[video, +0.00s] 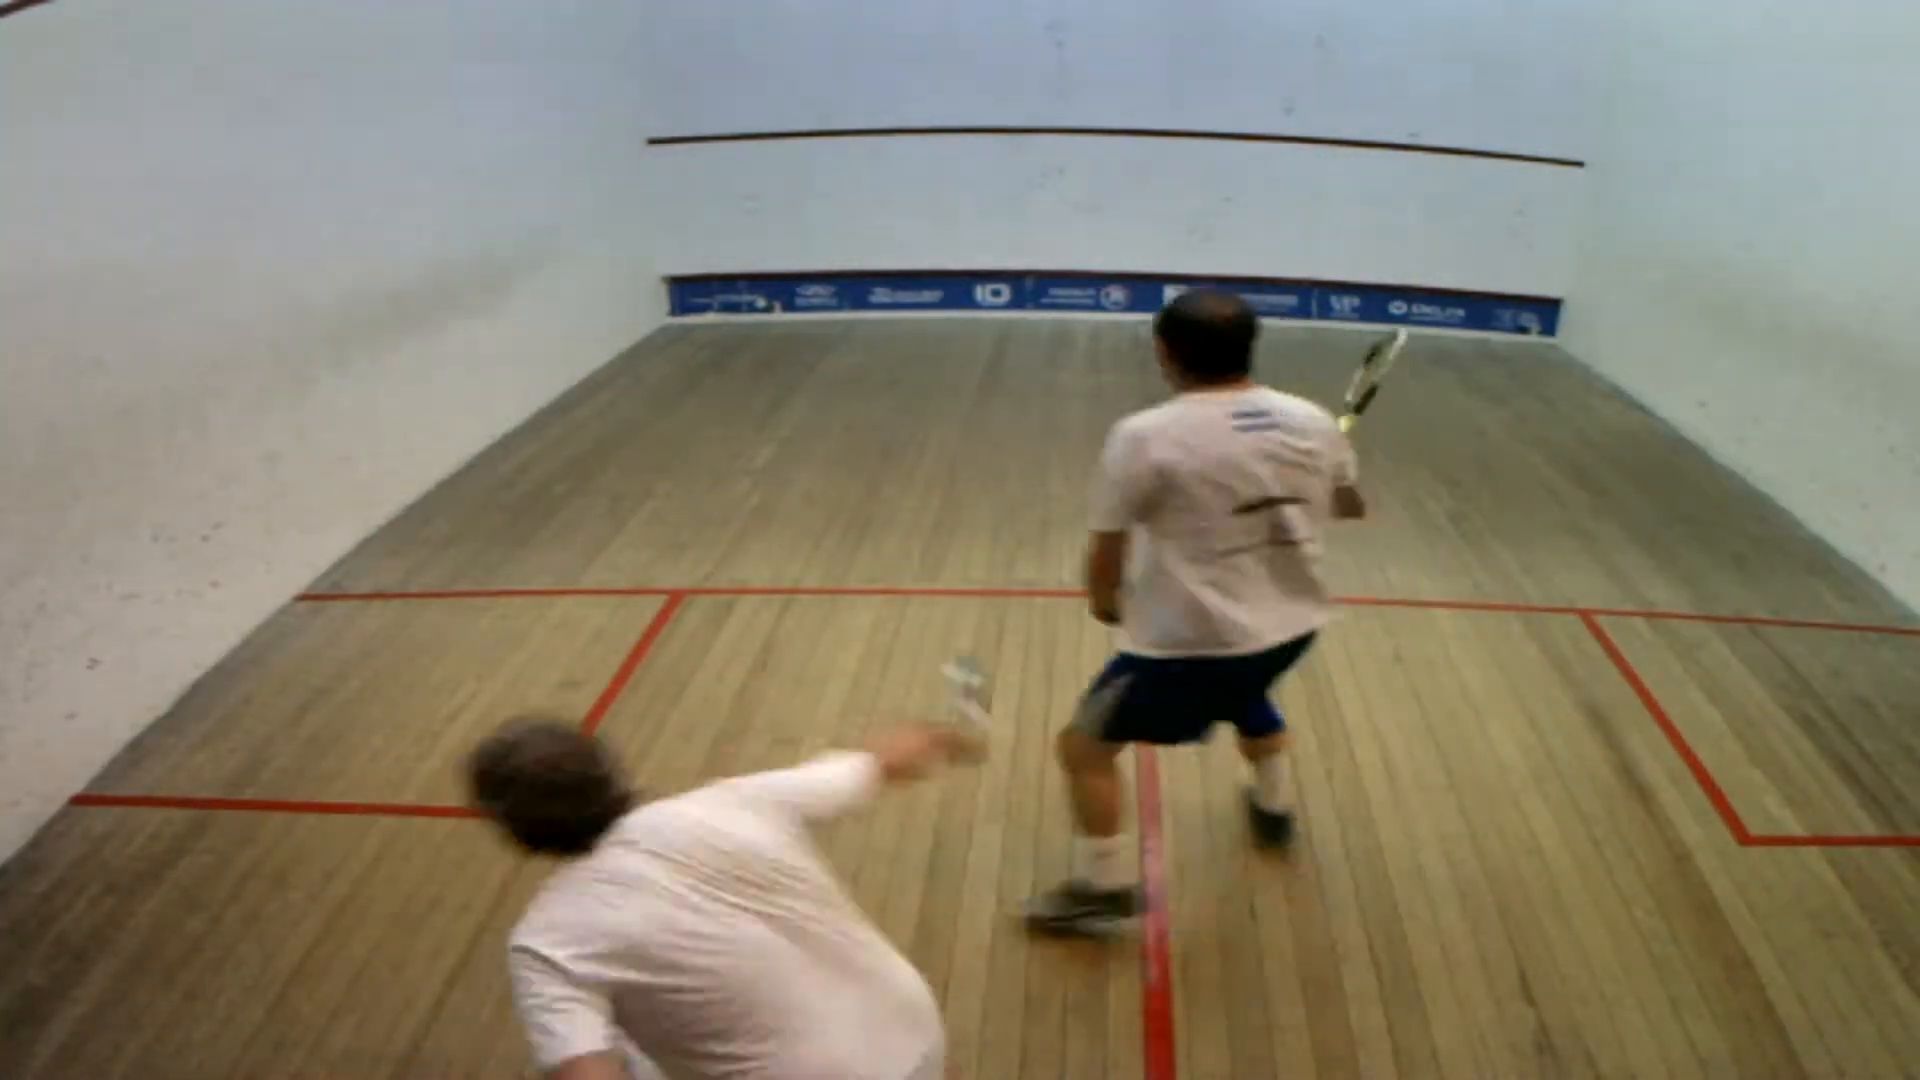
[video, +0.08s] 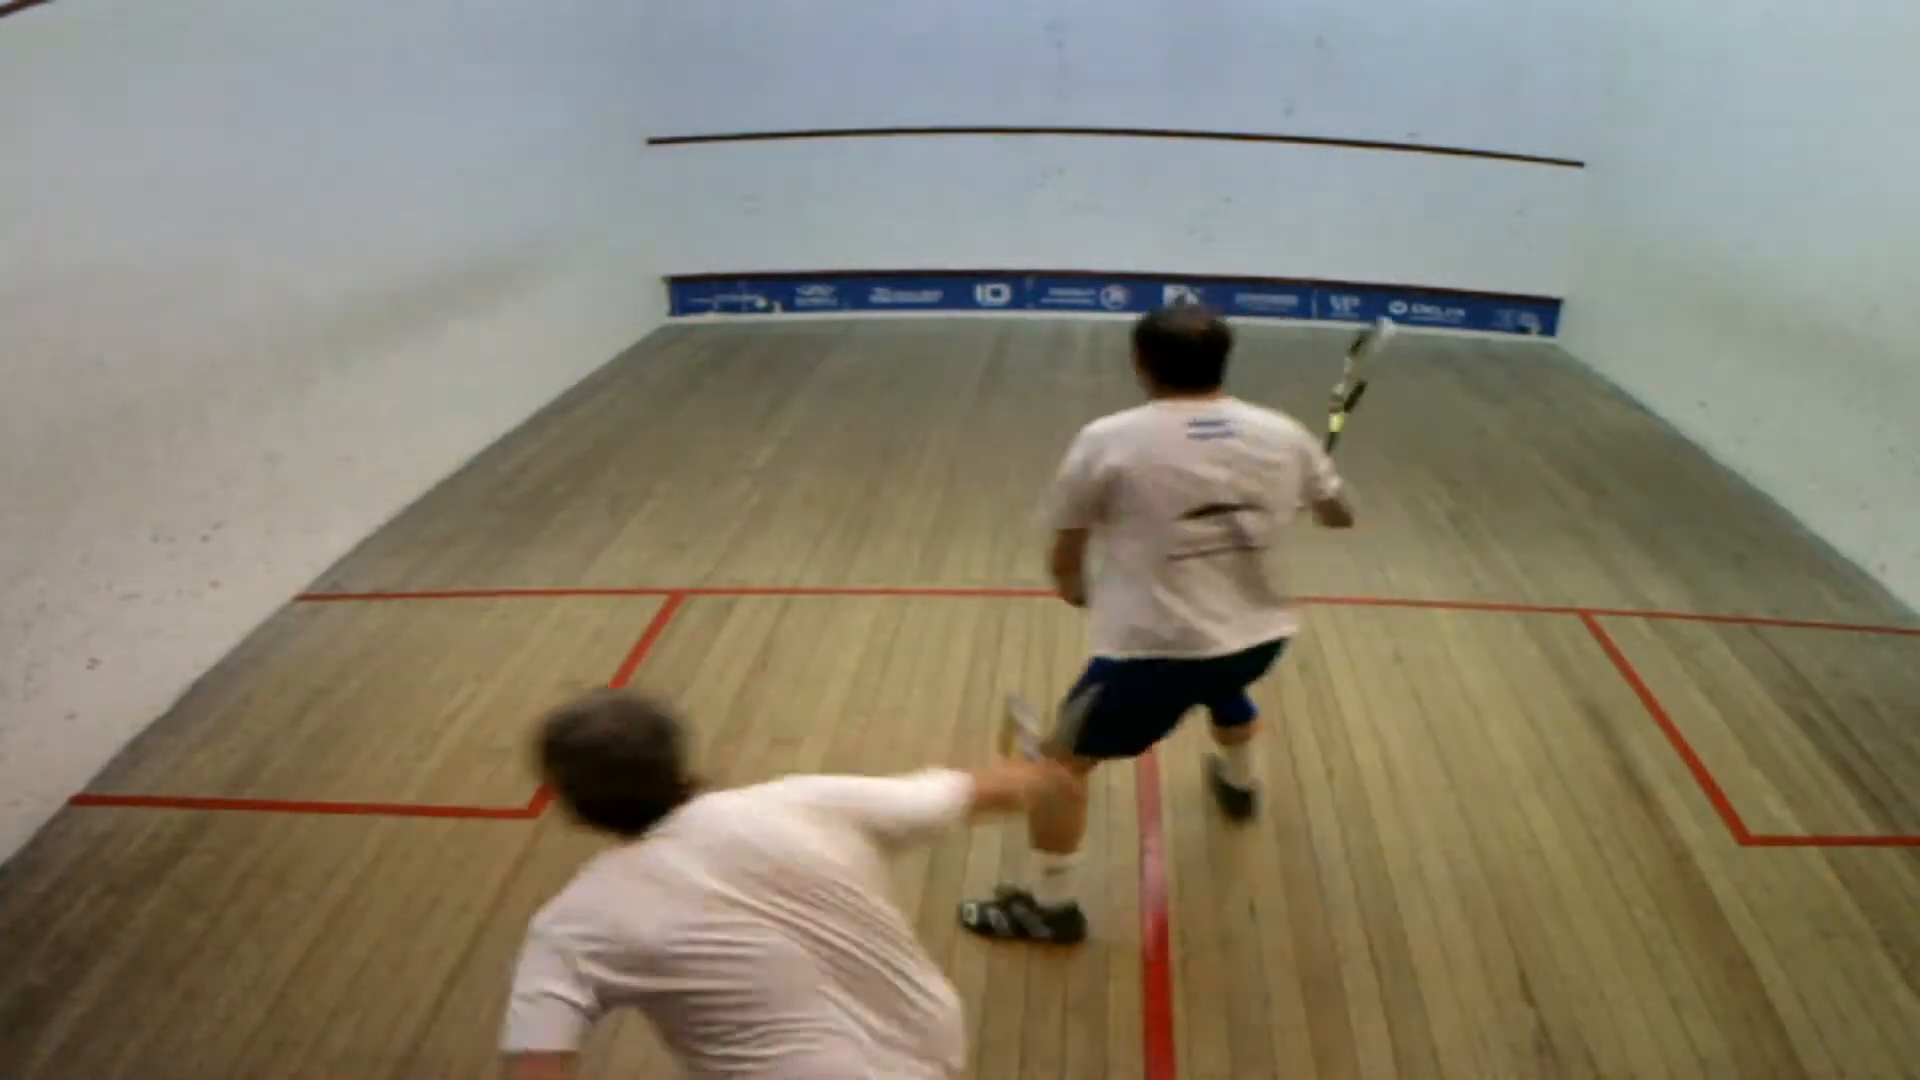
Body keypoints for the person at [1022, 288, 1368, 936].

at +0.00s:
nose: (1157, 356)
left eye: (1159, 347)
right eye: (1160, 346)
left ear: (1170, 357)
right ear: (1247, 351)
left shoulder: (1144, 438)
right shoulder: (1309, 424)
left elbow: (1106, 556)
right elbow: (1349, 505)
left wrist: (1108, 604)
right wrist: (1333, 444)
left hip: (1188, 649)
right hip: (1287, 630)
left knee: (1084, 745)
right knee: (1249, 695)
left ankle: (1105, 884)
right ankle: (1276, 808)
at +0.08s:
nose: (1133, 366)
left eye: (1136, 357)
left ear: (1143, 364)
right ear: (1223, 363)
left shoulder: (1109, 442)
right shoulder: (1278, 437)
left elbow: (1065, 559)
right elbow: (1339, 512)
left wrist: (1087, 595)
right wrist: (1308, 460)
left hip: (1149, 651)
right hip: (1253, 637)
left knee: (1061, 757)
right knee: (1227, 690)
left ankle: (1048, 900)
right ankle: (1240, 785)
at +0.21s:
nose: (1101, 398)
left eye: (1104, 391)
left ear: (1110, 398)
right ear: (1185, 398)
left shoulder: (1075, 458)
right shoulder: (1235, 463)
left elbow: (995, 548)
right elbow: (1297, 546)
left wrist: (978, 558)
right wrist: (1268, 505)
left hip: (1094, 661)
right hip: (1195, 651)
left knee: (1003, 762)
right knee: (1195, 690)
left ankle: (1047, 903)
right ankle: (1215, 774)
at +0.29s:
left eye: (1128, 373)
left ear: (1128, 380)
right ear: (1198, 388)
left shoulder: (1085, 434)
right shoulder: (1236, 452)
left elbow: (1011, 513)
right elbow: (1299, 531)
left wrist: (971, 574)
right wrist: (1254, 516)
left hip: (1069, 614)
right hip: (1166, 620)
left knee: (1025, 734)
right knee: (1156, 681)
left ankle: (1008, 861)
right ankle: (1132, 764)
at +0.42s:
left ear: (1152, 375)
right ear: (1221, 383)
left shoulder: (1108, 420)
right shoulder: (1248, 434)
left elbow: (1062, 490)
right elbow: (1308, 487)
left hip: (1055, 568)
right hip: (1155, 593)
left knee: (1028, 685)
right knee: (1100, 700)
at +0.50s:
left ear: (1162, 361)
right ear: (1223, 367)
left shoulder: (1123, 403)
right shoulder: (1256, 411)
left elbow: (1056, 473)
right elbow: (1276, 458)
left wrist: (996, 535)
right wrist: (1229, 448)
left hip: (1101, 545)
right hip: (1185, 561)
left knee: (1069, 655)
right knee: (1128, 668)